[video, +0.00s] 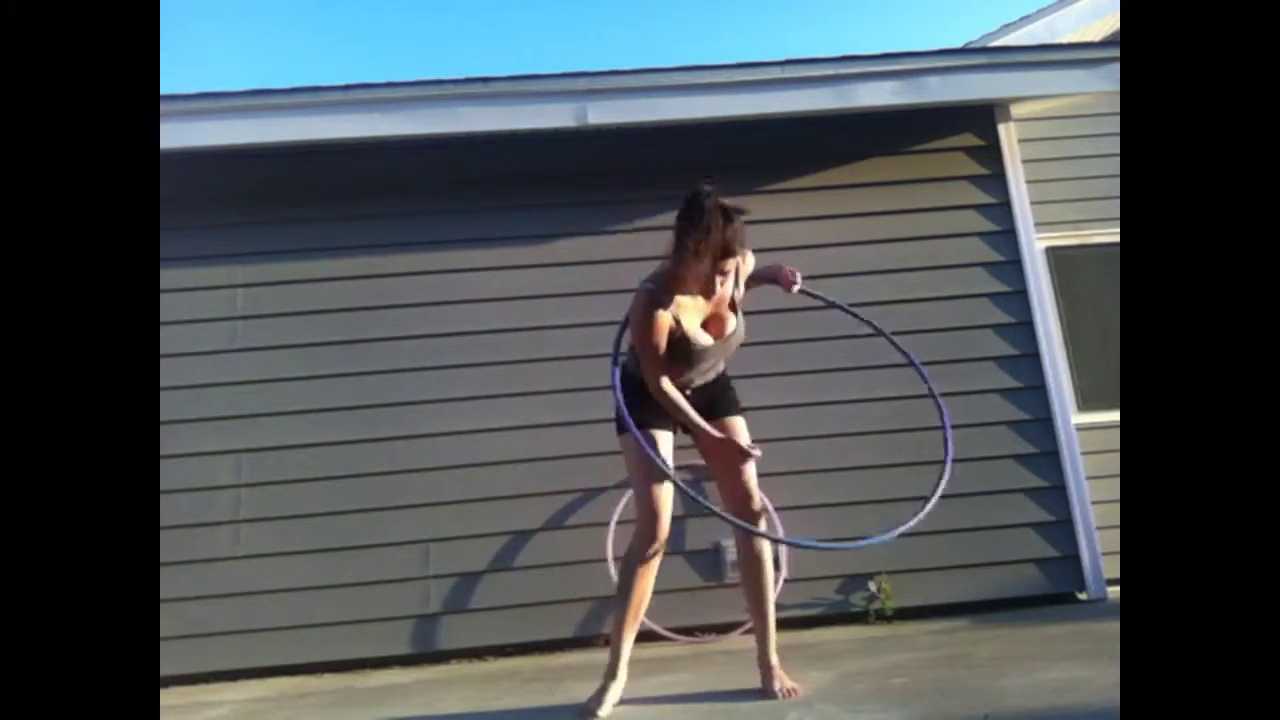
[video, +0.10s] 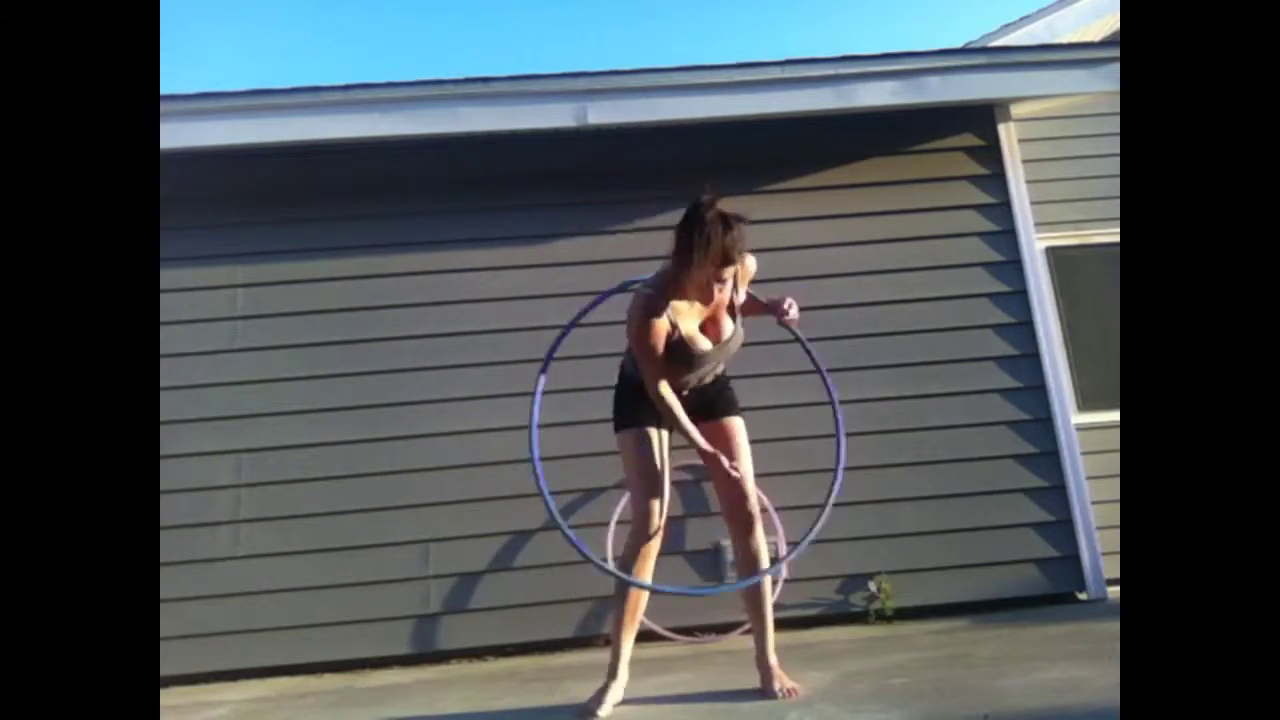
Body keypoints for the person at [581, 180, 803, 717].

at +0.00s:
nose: (729, 269)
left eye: (734, 259)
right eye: (721, 262)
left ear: (735, 251)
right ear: (695, 249)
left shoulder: (735, 263)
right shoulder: (656, 301)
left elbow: (736, 277)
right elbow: (655, 383)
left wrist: (771, 274)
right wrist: (714, 437)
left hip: (710, 384)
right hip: (651, 393)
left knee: (751, 510)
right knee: (654, 533)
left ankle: (770, 661)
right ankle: (615, 674)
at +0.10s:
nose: (725, 280)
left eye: (731, 270)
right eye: (715, 272)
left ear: (736, 257)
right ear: (689, 257)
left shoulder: (741, 269)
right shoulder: (651, 306)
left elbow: (731, 303)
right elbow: (658, 390)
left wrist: (769, 308)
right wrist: (712, 454)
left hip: (709, 384)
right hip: (650, 394)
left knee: (747, 512)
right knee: (649, 524)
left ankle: (768, 659)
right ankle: (617, 674)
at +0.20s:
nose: (707, 290)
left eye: (713, 279)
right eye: (698, 280)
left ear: (722, 267)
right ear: (673, 267)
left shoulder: (739, 286)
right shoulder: (634, 311)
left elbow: (739, 345)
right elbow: (646, 395)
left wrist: (752, 366)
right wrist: (675, 458)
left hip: (710, 393)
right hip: (643, 401)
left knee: (743, 519)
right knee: (622, 533)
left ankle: (768, 660)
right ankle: (631, 671)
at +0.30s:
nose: (676, 288)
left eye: (685, 277)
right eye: (668, 277)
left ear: (699, 266)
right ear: (647, 263)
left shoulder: (723, 301)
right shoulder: (612, 300)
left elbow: (723, 378)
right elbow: (617, 386)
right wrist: (623, 457)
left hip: (699, 401)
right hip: (634, 401)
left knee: (724, 525)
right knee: (607, 527)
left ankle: (766, 658)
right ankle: (644, 674)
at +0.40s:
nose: (656, 273)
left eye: (666, 262)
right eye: (647, 262)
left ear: (679, 253)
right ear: (627, 247)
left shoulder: (686, 301)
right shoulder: (595, 274)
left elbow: (670, 390)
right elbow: (585, 355)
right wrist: (568, 425)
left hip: (674, 406)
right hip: (617, 404)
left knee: (660, 528)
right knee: (597, 531)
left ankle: (757, 644)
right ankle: (642, 673)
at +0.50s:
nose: (624, 244)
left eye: (635, 235)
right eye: (618, 231)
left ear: (656, 232)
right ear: (605, 222)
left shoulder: (652, 289)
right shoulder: (591, 248)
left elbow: (612, 386)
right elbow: (576, 331)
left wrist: (541, 446)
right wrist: (533, 398)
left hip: (651, 398)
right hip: (614, 394)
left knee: (587, 529)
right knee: (589, 534)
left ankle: (702, 613)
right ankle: (642, 676)